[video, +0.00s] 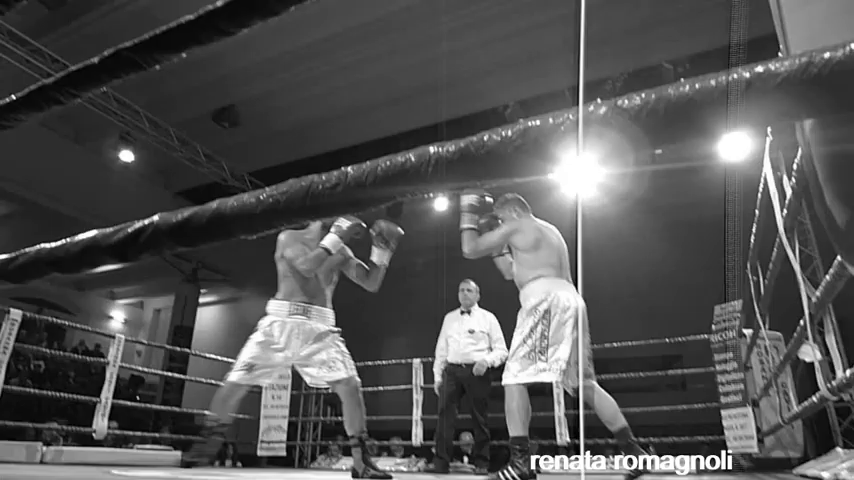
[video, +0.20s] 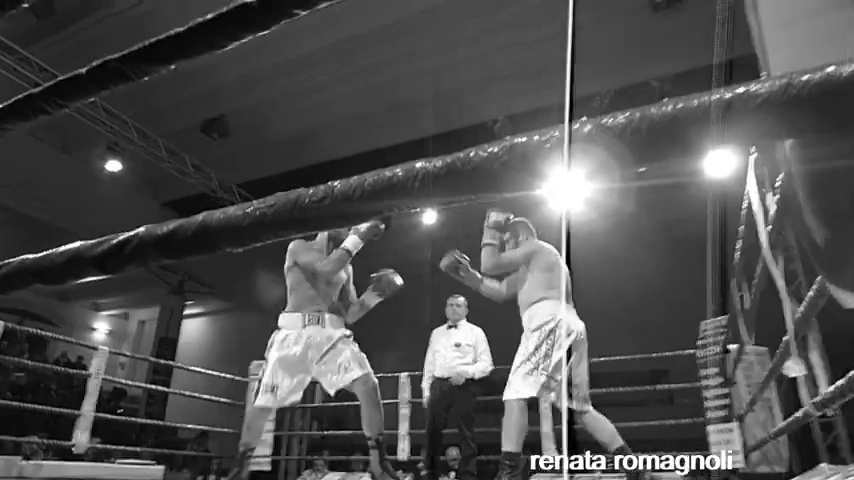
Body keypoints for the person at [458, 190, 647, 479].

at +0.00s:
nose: (501, 223)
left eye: (501, 218)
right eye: (499, 219)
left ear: (514, 209)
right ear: (525, 209)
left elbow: (470, 248)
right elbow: (511, 272)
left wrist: (468, 211)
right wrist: (493, 241)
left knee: (514, 379)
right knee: (583, 383)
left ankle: (520, 462)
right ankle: (634, 449)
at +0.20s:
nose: (506, 247)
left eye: (509, 240)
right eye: (505, 243)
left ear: (520, 236)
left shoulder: (537, 248)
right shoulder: (526, 272)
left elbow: (490, 264)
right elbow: (500, 291)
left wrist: (491, 231)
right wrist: (464, 273)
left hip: (547, 326)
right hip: (568, 329)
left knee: (515, 396)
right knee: (578, 406)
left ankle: (510, 467)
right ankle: (627, 459)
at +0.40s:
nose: (492, 212)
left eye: (495, 206)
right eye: (490, 209)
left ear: (509, 202)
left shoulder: (516, 218)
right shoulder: (515, 235)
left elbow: (469, 236)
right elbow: (475, 249)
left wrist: (463, 202)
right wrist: (439, 234)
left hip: (531, 294)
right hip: (551, 296)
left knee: (493, 359)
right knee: (553, 371)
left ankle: (499, 436)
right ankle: (599, 431)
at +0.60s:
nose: (480, 224)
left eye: (483, 217)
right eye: (479, 220)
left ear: (496, 214)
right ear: (495, 219)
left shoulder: (509, 235)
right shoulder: (496, 247)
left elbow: (465, 252)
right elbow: (470, 278)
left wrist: (458, 218)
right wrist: (439, 261)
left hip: (509, 310)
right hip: (521, 311)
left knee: (465, 365)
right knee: (528, 382)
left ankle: (467, 443)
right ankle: (590, 430)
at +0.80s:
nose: (530, 244)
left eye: (533, 237)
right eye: (529, 239)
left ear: (549, 235)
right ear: (545, 237)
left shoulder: (565, 254)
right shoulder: (546, 264)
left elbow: (537, 283)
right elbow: (528, 299)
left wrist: (523, 256)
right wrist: (519, 262)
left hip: (568, 323)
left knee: (533, 383)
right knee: (586, 398)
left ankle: (518, 455)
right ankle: (629, 452)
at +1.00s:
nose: (535, 231)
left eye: (538, 225)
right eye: (533, 227)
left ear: (553, 220)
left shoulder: (560, 234)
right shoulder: (578, 243)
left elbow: (537, 258)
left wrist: (518, 236)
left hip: (576, 308)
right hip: (596, 309)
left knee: (548, 371)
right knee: (600, 381)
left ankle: (559, 443)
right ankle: (643, 437)